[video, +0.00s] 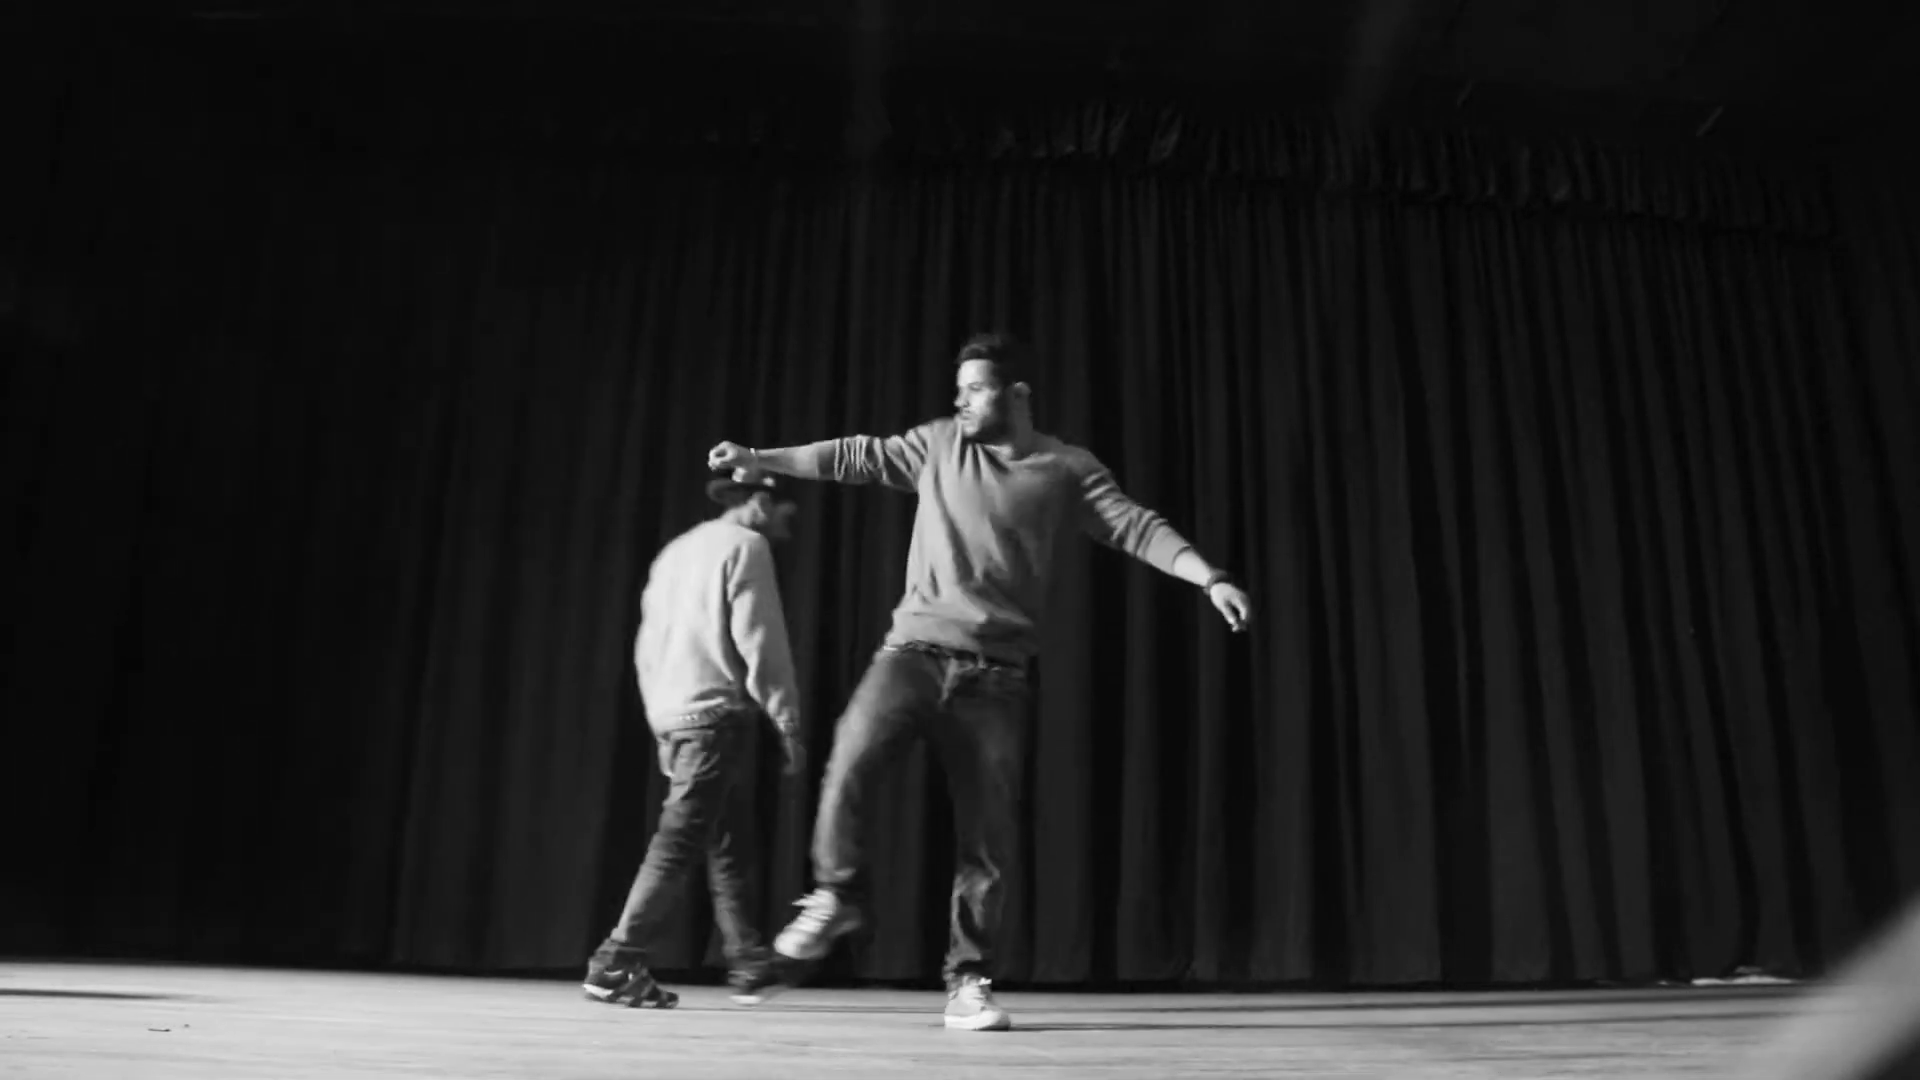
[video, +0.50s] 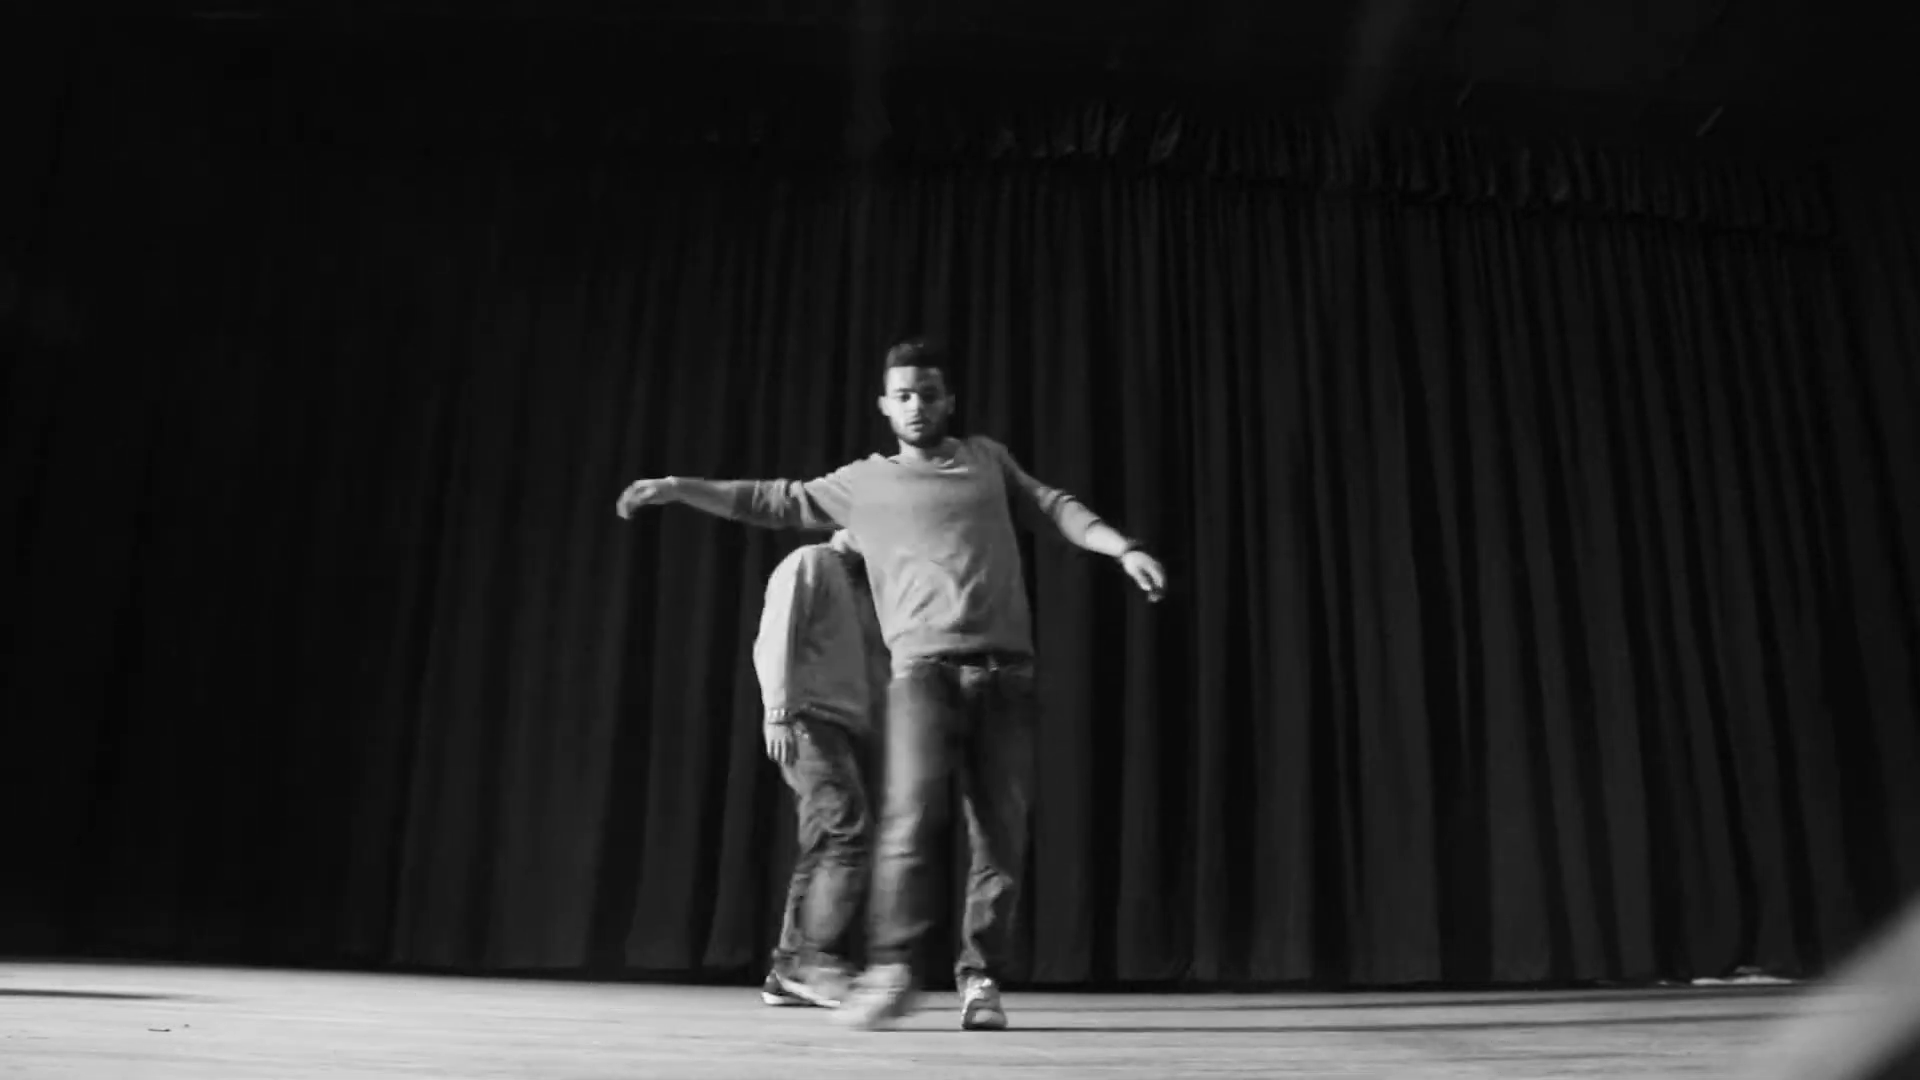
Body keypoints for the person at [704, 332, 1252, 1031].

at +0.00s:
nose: (964, 401)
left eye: (977, 389)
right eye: (960, 390)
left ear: (1015, 391)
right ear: (958, 394)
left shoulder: (1066, 468)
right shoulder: (935, 446)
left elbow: (1136, 527)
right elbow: (850, 457)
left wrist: (1209, 579)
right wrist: (758, 459)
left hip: (996, 670)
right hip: (914, 651)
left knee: (989, 832)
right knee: (854, 750)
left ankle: (969, 985)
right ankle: (833, 898)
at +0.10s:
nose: (948, 396)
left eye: (963, 383)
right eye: (944, 384)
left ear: (1002, 386)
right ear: (941, 388)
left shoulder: (1051, 463)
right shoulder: (918, 445)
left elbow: (1118, 518)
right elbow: (836, 462)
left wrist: (1192, 566)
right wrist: (743, 468)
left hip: (1011, 662)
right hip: (930, 653)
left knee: (1002, 826)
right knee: (897, 764)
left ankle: (986, 975)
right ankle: (881, 911)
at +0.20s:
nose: (951, 398)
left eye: (965, 386)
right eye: (941, 386)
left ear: (994, 390)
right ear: (928, 389)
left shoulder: (1035, 459)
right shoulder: (895, 452)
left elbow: (1103, 513)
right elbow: (811, 466)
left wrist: (1173, 554)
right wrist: (727, 483)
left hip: (1020, 659)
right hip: (940, 652)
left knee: (1013, 827)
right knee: (954, 766)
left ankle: (986, 975)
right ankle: (933, 918)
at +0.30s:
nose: (942, 404)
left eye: (955, 392)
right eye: (930, 392)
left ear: (977, 397)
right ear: (914, 398)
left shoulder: (1021, 460)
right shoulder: (882, 468)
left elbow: (1090, 510)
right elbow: (793, 475)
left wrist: (1159, 550)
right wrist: (697, 487)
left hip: (1019, 660)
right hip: (943, 656)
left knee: (1020, 826)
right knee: (991, 769)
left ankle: (985, 980)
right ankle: (961, 929)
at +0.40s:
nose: (931, 408)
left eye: (943, 395)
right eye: (918, 396)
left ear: (964, 399)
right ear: (899, 403)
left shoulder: (1005, 459)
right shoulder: (868, 479)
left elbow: (1075, 508)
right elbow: (786, 488)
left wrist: (1143, 549)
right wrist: (699, 484)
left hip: (1016, 663)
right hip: (939, 662)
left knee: (1013, 823)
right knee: (980, 777)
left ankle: (981, 973)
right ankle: (959, 957)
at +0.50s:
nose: (918, 408)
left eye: (929, 394)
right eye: (904, 396)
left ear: (949, 398)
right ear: (884, 403)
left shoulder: (987, 461)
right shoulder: (861, 482)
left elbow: (1056, 509)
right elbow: (771, 499)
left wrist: (1122, 549)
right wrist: (674, 489)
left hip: (1005, 666)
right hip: (923, 668)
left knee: (1001, 829)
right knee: (913, 818)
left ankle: (981, 980)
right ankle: (893, 970)